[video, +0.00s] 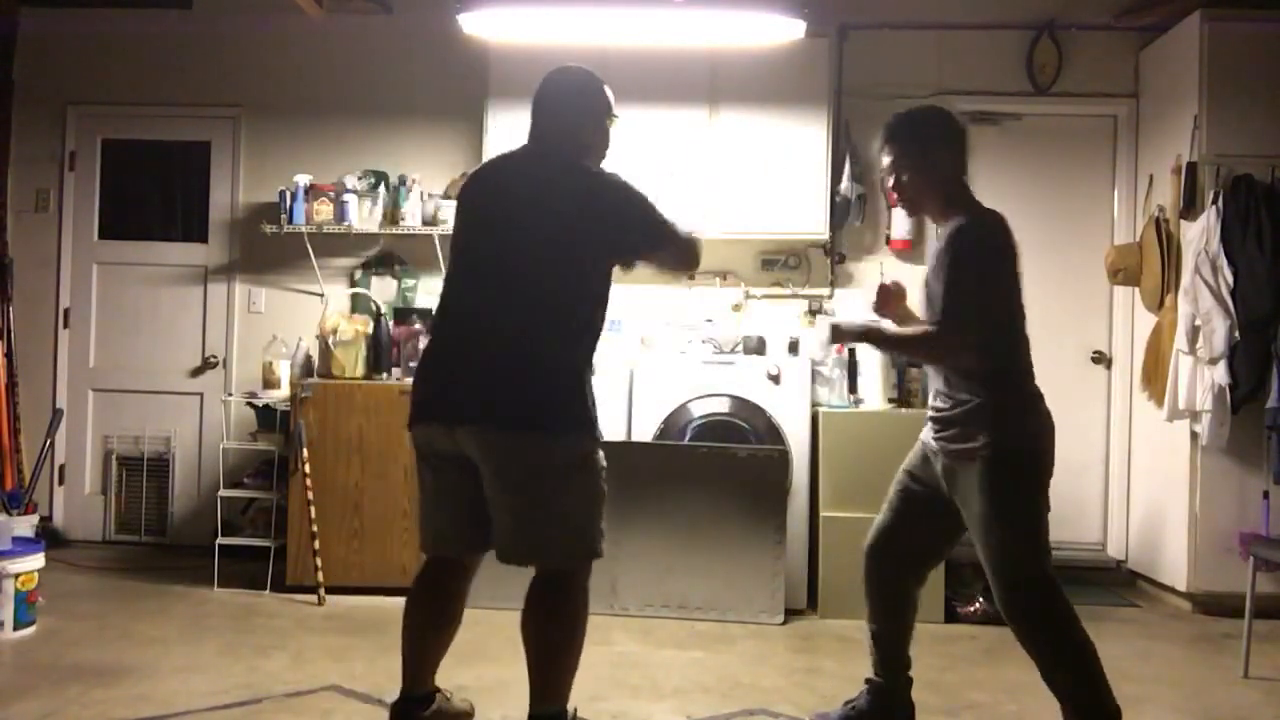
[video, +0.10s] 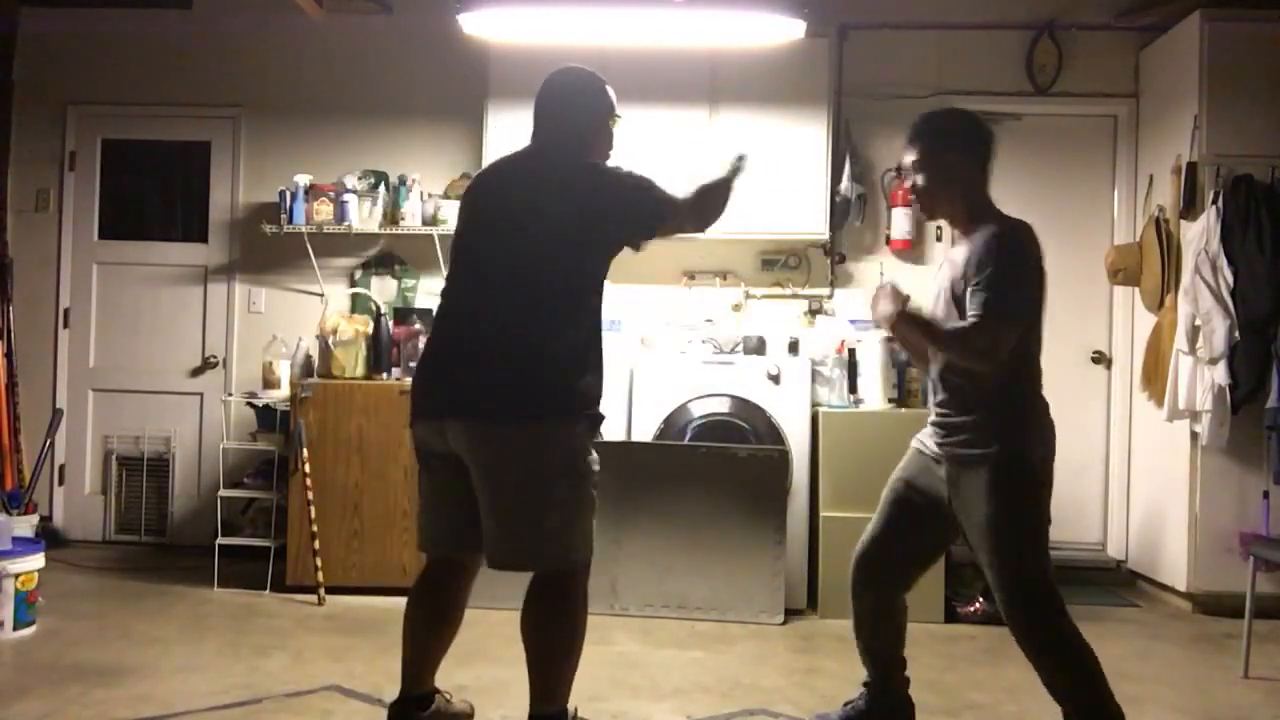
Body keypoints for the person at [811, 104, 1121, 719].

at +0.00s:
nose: (888, 185)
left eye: (898, 169)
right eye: (886, 172)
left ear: (939, 164)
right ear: (932, 171)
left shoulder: (975, 235)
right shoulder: (950, 236)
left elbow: (960, 347)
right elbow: (958, 334)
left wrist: (872, 337)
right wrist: (906, 314)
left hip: (998, 443)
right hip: (945, 438)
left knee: (1026, 598)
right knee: (887, 559)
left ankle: (1097, 715)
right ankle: (889, 695)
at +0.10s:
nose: (904, 183)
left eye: (914, 168)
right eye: (903, 170)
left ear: (959, 166)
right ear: (948, 169)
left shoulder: (1006, 241)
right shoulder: (957, 249)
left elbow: (986, 350)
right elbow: (950, 354)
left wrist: (906, 318)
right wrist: (904, 331)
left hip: (999, 455)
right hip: (940, 446)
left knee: (1033, 617)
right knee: (873, 574)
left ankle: (1101, 717)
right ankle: (886, 698)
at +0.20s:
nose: (929, 179)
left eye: (941, 163)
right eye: (928, 165)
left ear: (986, 164)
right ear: (976, 169)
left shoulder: (1005, 247)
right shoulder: (971, 248)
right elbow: (933, 338)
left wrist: (857, 235)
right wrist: (902, 287)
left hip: (996, 451)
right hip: (949, 444)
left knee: (1019, 614)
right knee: (876, 565)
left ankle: (1102, 719)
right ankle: (886, 697)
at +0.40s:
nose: (939, 164)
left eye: (951, 149)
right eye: (940, 149)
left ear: (996, 154)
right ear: (1007, 158)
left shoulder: (953, 246)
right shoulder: (1051, 245)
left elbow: (865, 319)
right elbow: (1021, 349)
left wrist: (804, 315)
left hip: (964, 444)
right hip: (988, 438)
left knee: (1000, 612)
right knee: (883, 554)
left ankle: (1094, 718)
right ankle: (885, 697)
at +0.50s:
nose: (923, 171)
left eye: (936, 156)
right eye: (923, 158)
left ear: (982, 159)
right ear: (989, 165)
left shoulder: (960, 252)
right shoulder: (1032, 244)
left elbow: (949, 366)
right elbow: (1023, 348)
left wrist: (878, 362)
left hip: (972, 453)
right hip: (976, 448)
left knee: (1005, 617)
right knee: (878, 555)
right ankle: (884, 696)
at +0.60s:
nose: (920, 176)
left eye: (931, 161)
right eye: (918, 164)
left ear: (977, 162)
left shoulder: (1012, 235)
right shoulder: (966, 251)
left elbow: (1006, 335)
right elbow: (958, 339)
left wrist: (929, 323)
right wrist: (911, 338)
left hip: (995, 455)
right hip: (940, 446)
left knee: (1022, 616)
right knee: (860, 555)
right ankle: (881, 695)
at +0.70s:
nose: (907, 179)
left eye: (920, 165)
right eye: (905, 168)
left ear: (964, 166)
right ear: (913, 173)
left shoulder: (1030, 236)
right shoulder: (913, 264)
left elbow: (1054, 311)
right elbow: (835, 280)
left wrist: (960, 281)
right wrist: (807, 206)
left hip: (1012, 449)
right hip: (930, 444)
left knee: (1038, 608)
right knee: (861, 571)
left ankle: (1107, 718)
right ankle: (874, 688)